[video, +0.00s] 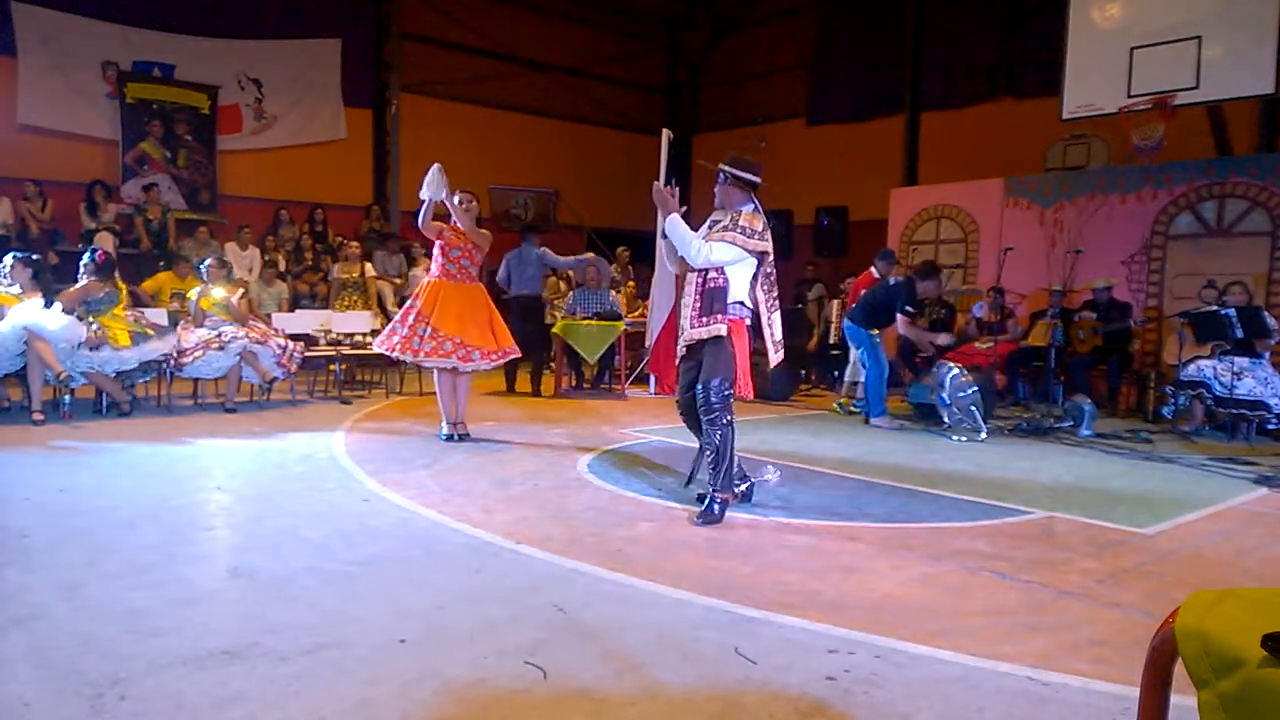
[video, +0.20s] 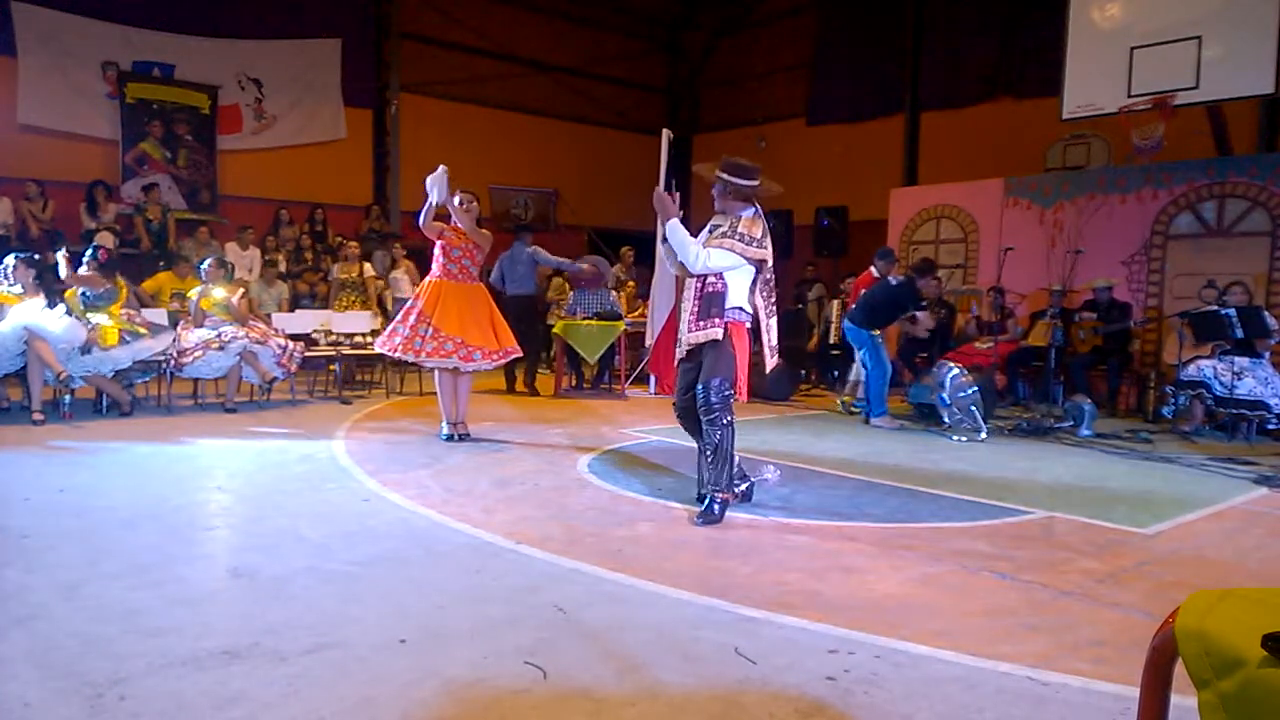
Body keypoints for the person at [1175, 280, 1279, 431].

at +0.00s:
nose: (1237, 297)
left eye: (1241, 293)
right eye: (1231, 294)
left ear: (1248, 297)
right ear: (1223, 298)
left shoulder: (1258, 315)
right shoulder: (1216, 316)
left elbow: (1265, 346)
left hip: (1254, 364)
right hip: (1223, 363)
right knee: (1196, 368)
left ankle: (1243, 425)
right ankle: (1197, 419)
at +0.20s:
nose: (1238, 297)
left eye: (1243, 293)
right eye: (1233, 293)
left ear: (1249, 297)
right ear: (1224, 299)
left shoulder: (1259, 315)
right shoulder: (1216, 316)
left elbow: (1265, 347)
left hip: (1254, 364)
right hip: (1222, 362)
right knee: (1196, 368)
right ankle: (1197, 419)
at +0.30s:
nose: (1238, 297)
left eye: (1242, 293)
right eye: (1233, 293)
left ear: (1249, 297)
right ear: (1224, 299)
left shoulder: (1259, 315)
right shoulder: (1218, 315)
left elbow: (1264, 347)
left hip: (1254, 364)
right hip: (1223, 363)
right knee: (1197, 368)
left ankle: (1244, 426)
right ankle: (1197, 419)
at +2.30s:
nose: (1226, 296)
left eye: (1231, 293)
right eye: (1225, 293)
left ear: (1245, 297)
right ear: (1222, 296)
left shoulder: (1258, 315)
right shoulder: (1220, 315)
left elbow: (1265, 345)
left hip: (1253, 364)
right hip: (1224, 363)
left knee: (1245, 381)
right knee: (1199, 368)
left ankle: (1241, 426)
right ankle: (1196, 421)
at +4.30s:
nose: (1227, 296)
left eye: (1233, 292)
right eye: (1225, 293)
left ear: (1246, 297)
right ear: (1222, 296)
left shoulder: (1257, 314)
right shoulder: (1218, 315)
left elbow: (1264, 345)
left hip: (1252, 364)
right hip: (1222, 363)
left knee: (1247, 381)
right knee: (1198, 368)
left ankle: (1243, 425)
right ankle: (1195, 419)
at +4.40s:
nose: (1227, 296)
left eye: (1232, 292)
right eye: (1225, 293)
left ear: (1246, 297)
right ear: (1223, 296)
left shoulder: (1257, 314)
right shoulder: (1219, 315)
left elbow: (1265, 345)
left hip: (1253, 365)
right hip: (1223, 363)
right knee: (1198, 368)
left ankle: (1243, 425)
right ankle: (1195, 419)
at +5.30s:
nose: (1239, 297)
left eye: (1243, 293)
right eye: (1234, 293)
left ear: (1249, 297)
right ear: (1226, 297)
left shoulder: (1258, 314)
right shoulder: (1218, 314)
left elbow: (1265, 345)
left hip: (1253, 363)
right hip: (1223, 362)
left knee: (1247, 381)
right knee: (1198, 368)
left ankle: (1243, 426)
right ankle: (1196, 419)